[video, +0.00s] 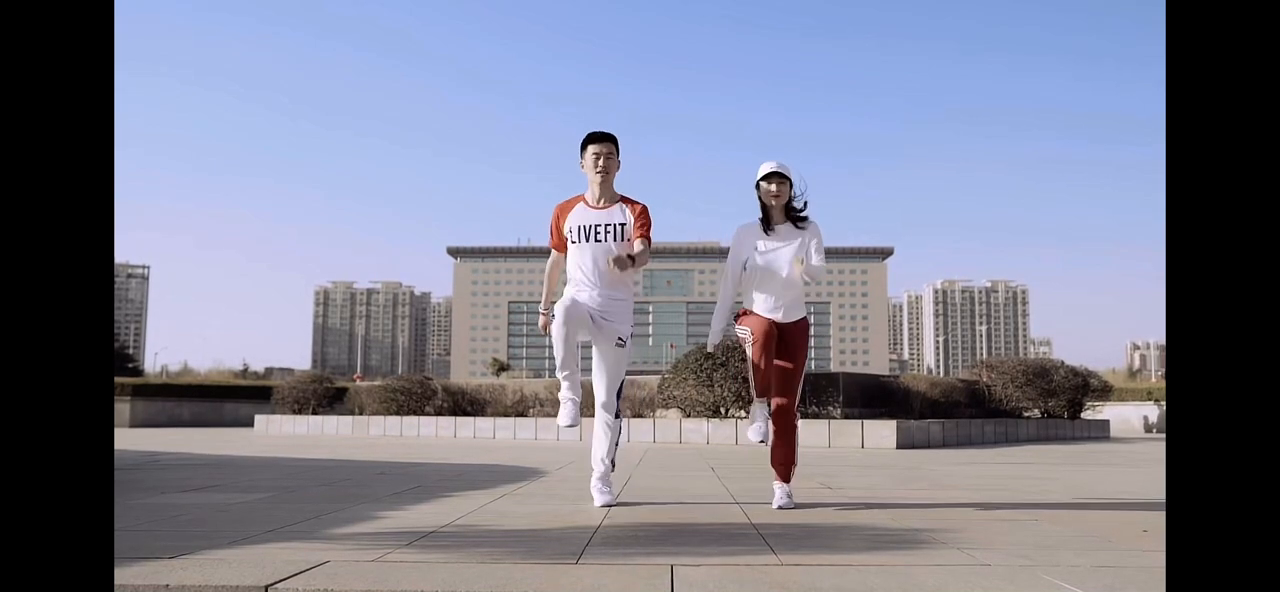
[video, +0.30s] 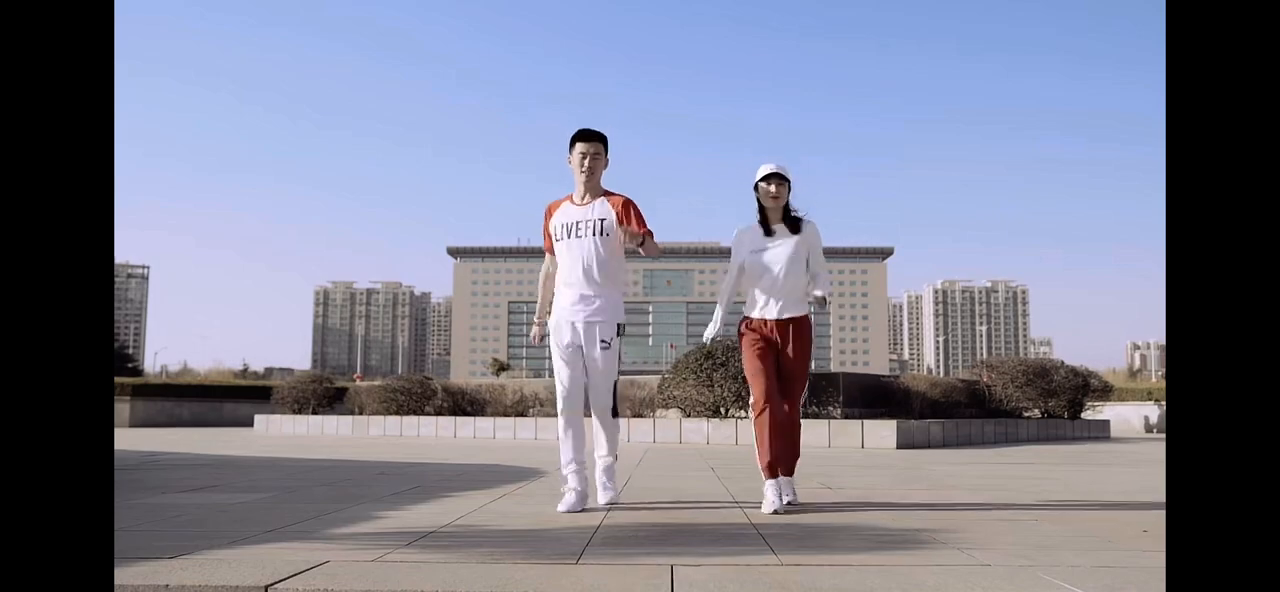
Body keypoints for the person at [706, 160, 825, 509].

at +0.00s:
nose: (775, 187)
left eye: (781, 182)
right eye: (768, 183)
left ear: (790, 188)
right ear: (758, 190)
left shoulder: (807, 229)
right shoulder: (745, 233)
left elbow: (817, 272)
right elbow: (728, 284)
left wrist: (805, 264)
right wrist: (717, 330)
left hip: (794, 320)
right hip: (755, 315)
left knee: (783, 406)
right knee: (763, 329)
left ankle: (782, 483)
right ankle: (760, 407)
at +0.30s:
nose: (774, 188)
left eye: (780, 183)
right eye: (767, 184)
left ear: (788, 190)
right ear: (757, 191)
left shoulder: (807, 231)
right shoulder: (745, 236)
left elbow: (819, 272)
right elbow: (730, 281)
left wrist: (820, 290)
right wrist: (717, 319)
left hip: (796, 327)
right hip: (756, 328)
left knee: (790, 405)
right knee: (763, 400)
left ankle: (787, 477)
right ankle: (770, 481)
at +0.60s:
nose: (778, 176)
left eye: (784, 172)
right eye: (771, 171)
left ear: (792, 180)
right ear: (761, 177)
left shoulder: (804, 220)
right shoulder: (742, 219)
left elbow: (814, 267)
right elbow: (728, 263)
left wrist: (820, 302)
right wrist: (743, 288)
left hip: (795, 307)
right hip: (754, 311)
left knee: (775, 338)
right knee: (758, 399)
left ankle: (778, 419)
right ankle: (763, 480)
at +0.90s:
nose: (782, 191)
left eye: (788, 186)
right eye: (775, 186)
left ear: (798, 193)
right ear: (766, 192)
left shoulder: (811, 239)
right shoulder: (747, 232)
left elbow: (818, 284)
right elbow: (730, 278)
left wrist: (821, 322)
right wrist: (711, 314)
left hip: (794, 333)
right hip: (754, 332)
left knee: (782, 409)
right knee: (758, 412)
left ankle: (782, 486)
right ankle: (770, 481)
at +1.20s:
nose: (785, 179)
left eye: (792, 173)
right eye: (779, 173)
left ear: (803, 178)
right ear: (770, 177)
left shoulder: (818, 220)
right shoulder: (753, 218)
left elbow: (845, 264)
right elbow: (728, 263)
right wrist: (741, 246)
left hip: (798, 310)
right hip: (758, 303)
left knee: (790, 399)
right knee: (761, 324)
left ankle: (790, 481)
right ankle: (757, 404)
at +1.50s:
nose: (794, 185)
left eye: (802, 179)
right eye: (788, 178)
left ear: (813, 188)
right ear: (778, 184)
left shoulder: (819, 232)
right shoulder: (758, 220)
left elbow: (843, 274)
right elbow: (722, 258)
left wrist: (854, 238)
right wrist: (719, 222)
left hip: (801, 325)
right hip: (759, 321)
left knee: (792, 408)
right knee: (754, 407)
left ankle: (781, 490)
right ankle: (764, 438)